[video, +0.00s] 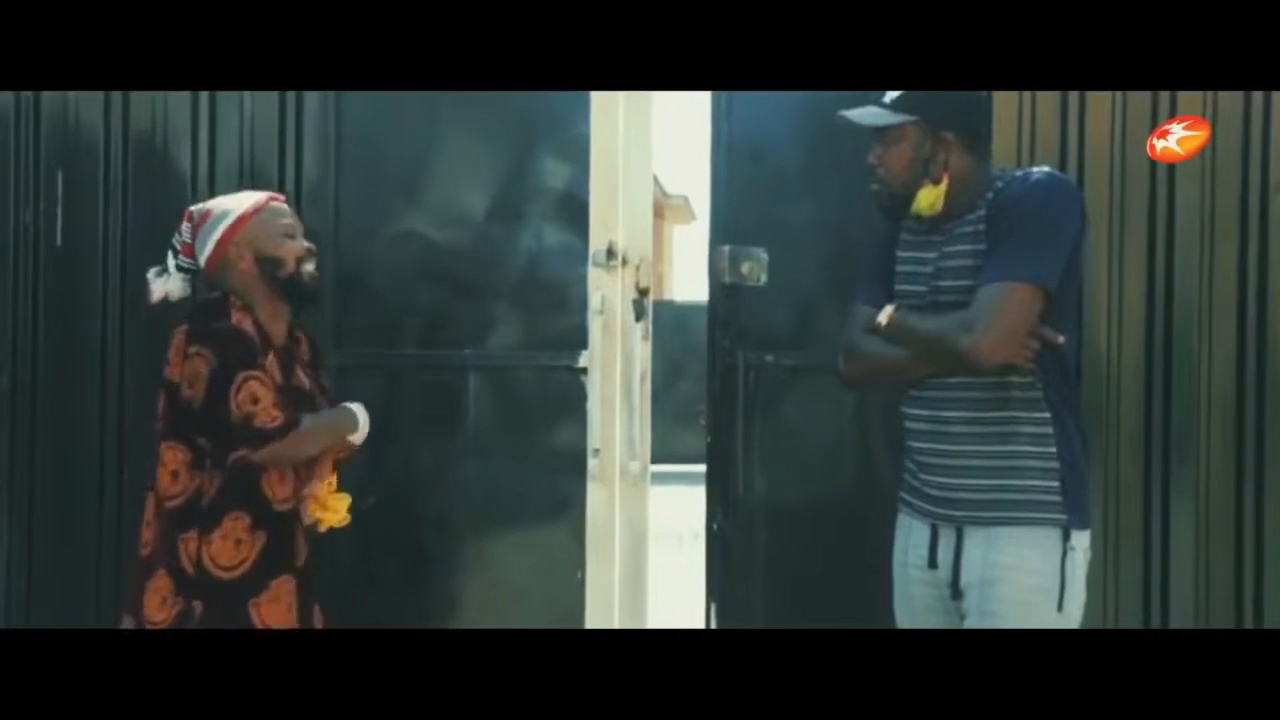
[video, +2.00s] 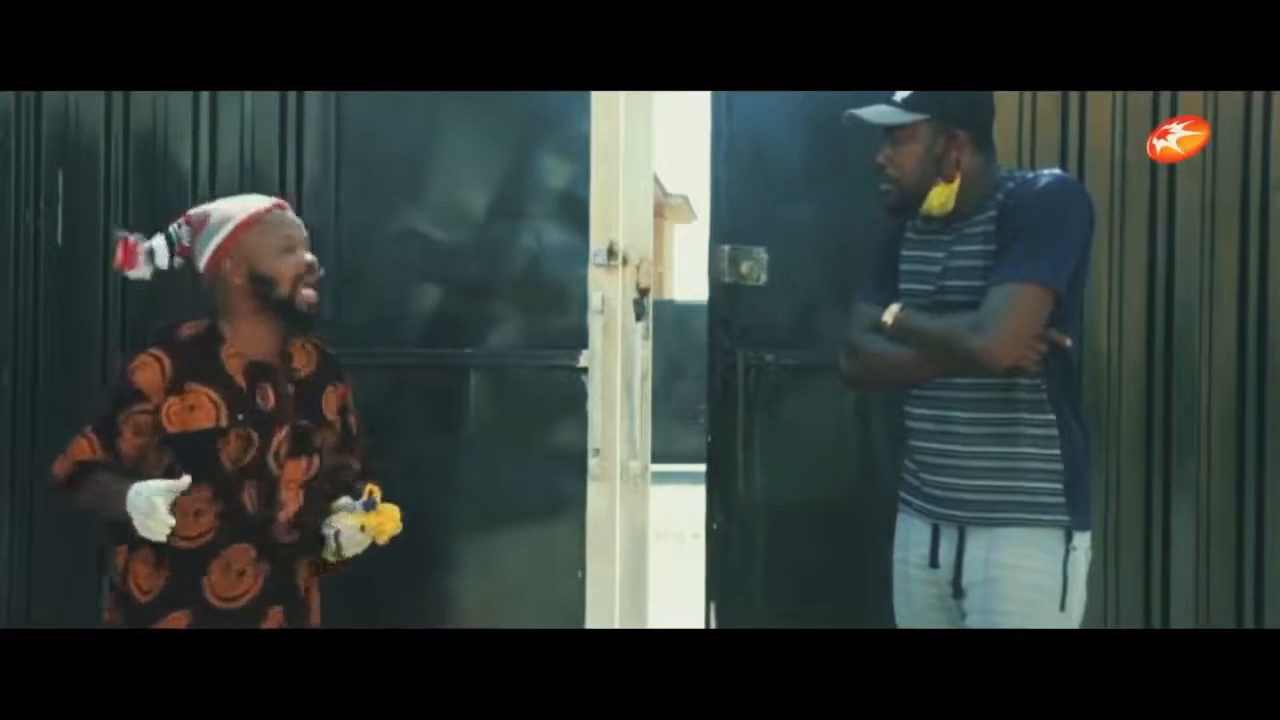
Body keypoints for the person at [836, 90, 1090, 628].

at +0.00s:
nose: (872, 159)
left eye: (888, 142)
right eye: (873, 142)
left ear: (944, 145)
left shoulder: (1040, 196)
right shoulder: (901, 225)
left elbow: (989, 343)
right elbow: (853, 360)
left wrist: (889, 319)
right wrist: (977, 339)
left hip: (1025, 523)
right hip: (922, 513)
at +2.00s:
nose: (880, 159)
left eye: (897, 141)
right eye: (882, 142)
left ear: (954, 145)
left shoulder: (1048, 198)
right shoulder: (903, 223)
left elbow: (998, 345)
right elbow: (855, 362)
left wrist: (894, 318)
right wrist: (984, 342)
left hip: (1026, 522)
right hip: (922, 513)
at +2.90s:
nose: (879, 160)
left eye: (896, 143)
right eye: (880, 143)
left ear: (955, 145)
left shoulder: (1048, 198)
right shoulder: (905, 223)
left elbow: (994, 344)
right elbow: (854, 361)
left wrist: (893, 317)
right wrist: (980, 339)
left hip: (1026, 521)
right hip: (922, 512)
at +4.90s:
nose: (1002, 150)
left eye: (1020, 131)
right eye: (1003, 132)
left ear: (1080, 137)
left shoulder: (1172, 192)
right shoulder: (1014, 218)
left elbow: (1104, 328)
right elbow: (953, 342)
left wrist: (996, 297)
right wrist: (1081, 327)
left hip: (1128, 528)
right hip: (1009, 516)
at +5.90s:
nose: (991, 154)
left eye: (1008, 138)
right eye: (990, 138)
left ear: (1067, 138)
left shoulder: (1163, 190)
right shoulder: (1004, 216)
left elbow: (1095, 329)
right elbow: (941, 342)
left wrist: (984, 300)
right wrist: (1071, 330)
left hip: (1120, 527)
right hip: (1001, 515)